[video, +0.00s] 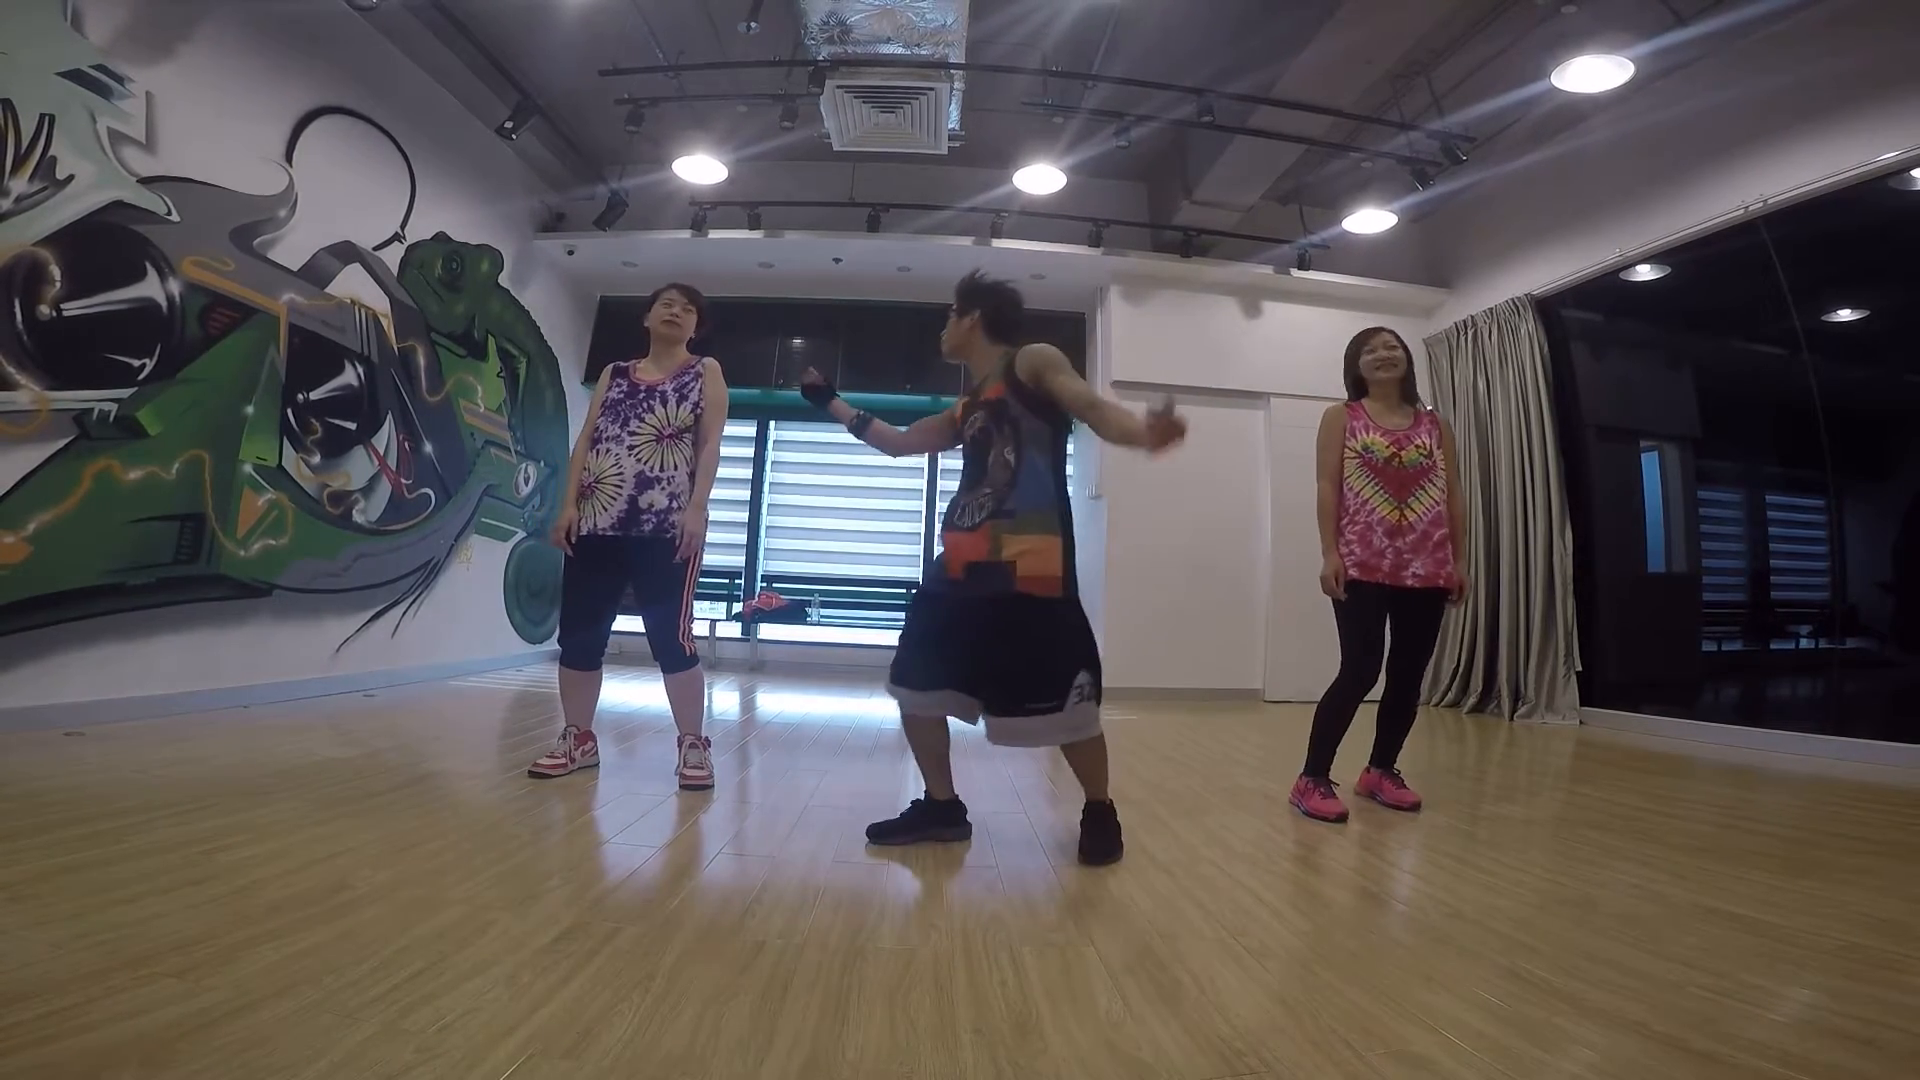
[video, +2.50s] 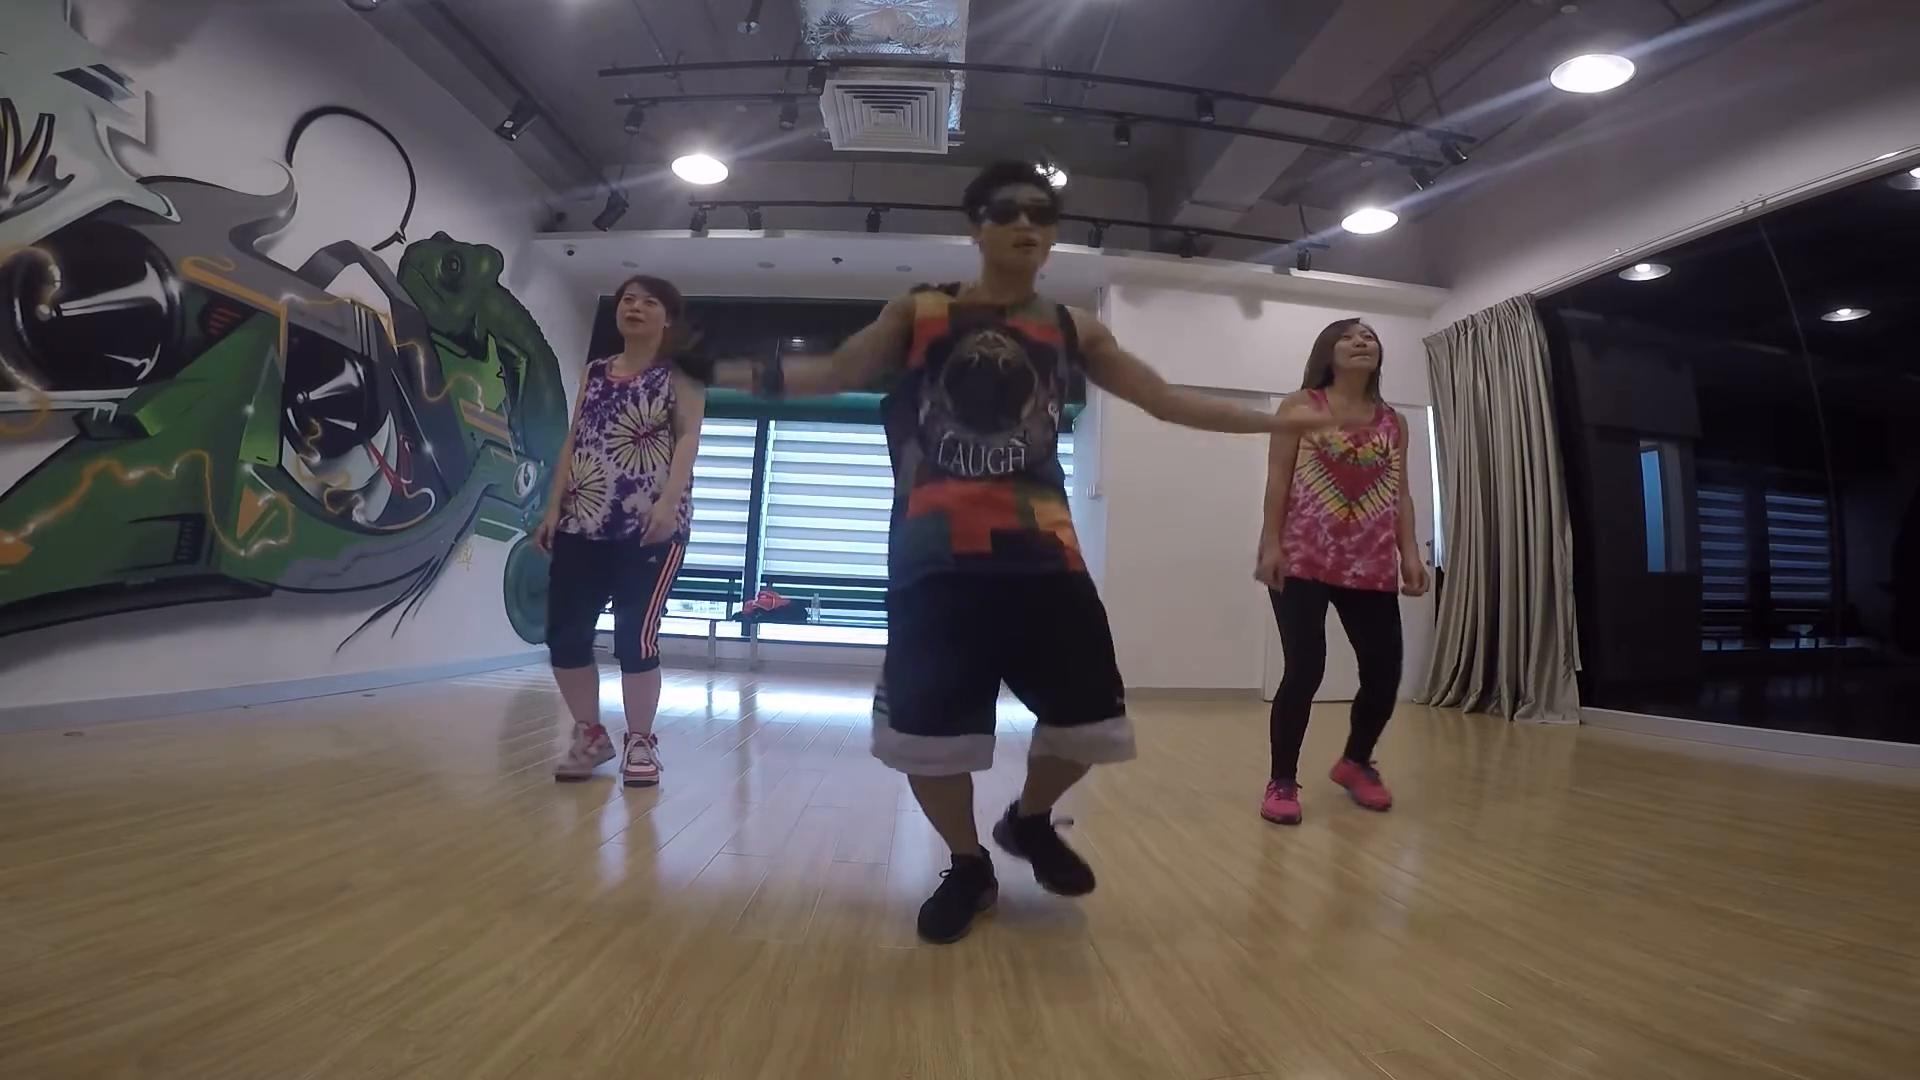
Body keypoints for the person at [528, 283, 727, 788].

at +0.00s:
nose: (675, 310)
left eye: (686, 307)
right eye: (666, 303)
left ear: (696, 327)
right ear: (647, 318)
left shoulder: (705, 372)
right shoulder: (614, 374)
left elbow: (708, 445)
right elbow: (585, 442)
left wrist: (697, 508)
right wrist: (569, 503)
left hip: (664, 528)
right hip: (596, 524)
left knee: (671, 642)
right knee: (579, 637)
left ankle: (692, 744)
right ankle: (578, 740)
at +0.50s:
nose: (669, 312)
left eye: (681, 308)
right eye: (661, 305)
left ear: (694, 326)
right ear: (645, 317)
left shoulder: (702, 369)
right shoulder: (616, 375)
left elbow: (705, 441)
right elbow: (586, 443)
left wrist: (690, 506)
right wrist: (566, 503)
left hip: (659, 527)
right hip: (593, 523)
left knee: (667, 643)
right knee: (576, 637)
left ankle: (691, 744)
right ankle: (578, 741)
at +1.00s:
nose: (668, 310)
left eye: (681, 305)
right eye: (660, 303)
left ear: (697, 322)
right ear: (647, 316)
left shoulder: (709, 368)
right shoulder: (619, 373)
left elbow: (711, 441)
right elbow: (591, 441)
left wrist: (694, 506)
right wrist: (575, 504)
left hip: (671, 527)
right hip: (603, 523)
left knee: (672, 641)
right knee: (580, 636)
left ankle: (692, 745)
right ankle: (578, 741)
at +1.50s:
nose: (666, 309)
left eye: (680, 305)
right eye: (659, 302)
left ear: (696, 322)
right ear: (645, 315)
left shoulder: (707, 371)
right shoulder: (615, 371)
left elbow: (707, 445)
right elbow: (586, 440)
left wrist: (693, 508)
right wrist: (569, 502)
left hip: (664, 528)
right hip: (597, 524)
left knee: (668, 642)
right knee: (572, 637)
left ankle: (691, 744)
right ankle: (582, 742)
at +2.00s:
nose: (637, 310)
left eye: (649, 305)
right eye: (629, 303)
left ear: (667, 321)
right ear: (615, 315)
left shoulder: (680, 374)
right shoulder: (584, 371)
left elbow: (684, 451)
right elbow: (552, 437)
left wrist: (676, 519)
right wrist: (535, 503)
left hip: (636, 532)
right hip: (566, 528)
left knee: (622, 644)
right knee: (562, 642)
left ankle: (638, 742)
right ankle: (579, 742)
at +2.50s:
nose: (635, 306)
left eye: (648, 301)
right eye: (628, 300)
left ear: (669, 320)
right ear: (615, 314)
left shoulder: (681, 383)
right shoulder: (593, 375)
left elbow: (687, 444)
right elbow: (574, 442)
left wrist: (668, 502)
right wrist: (554, 506)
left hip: (648, 527)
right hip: (582, 525)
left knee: (635, 636)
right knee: (565, 634)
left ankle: (640, 741)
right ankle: (590, 736)